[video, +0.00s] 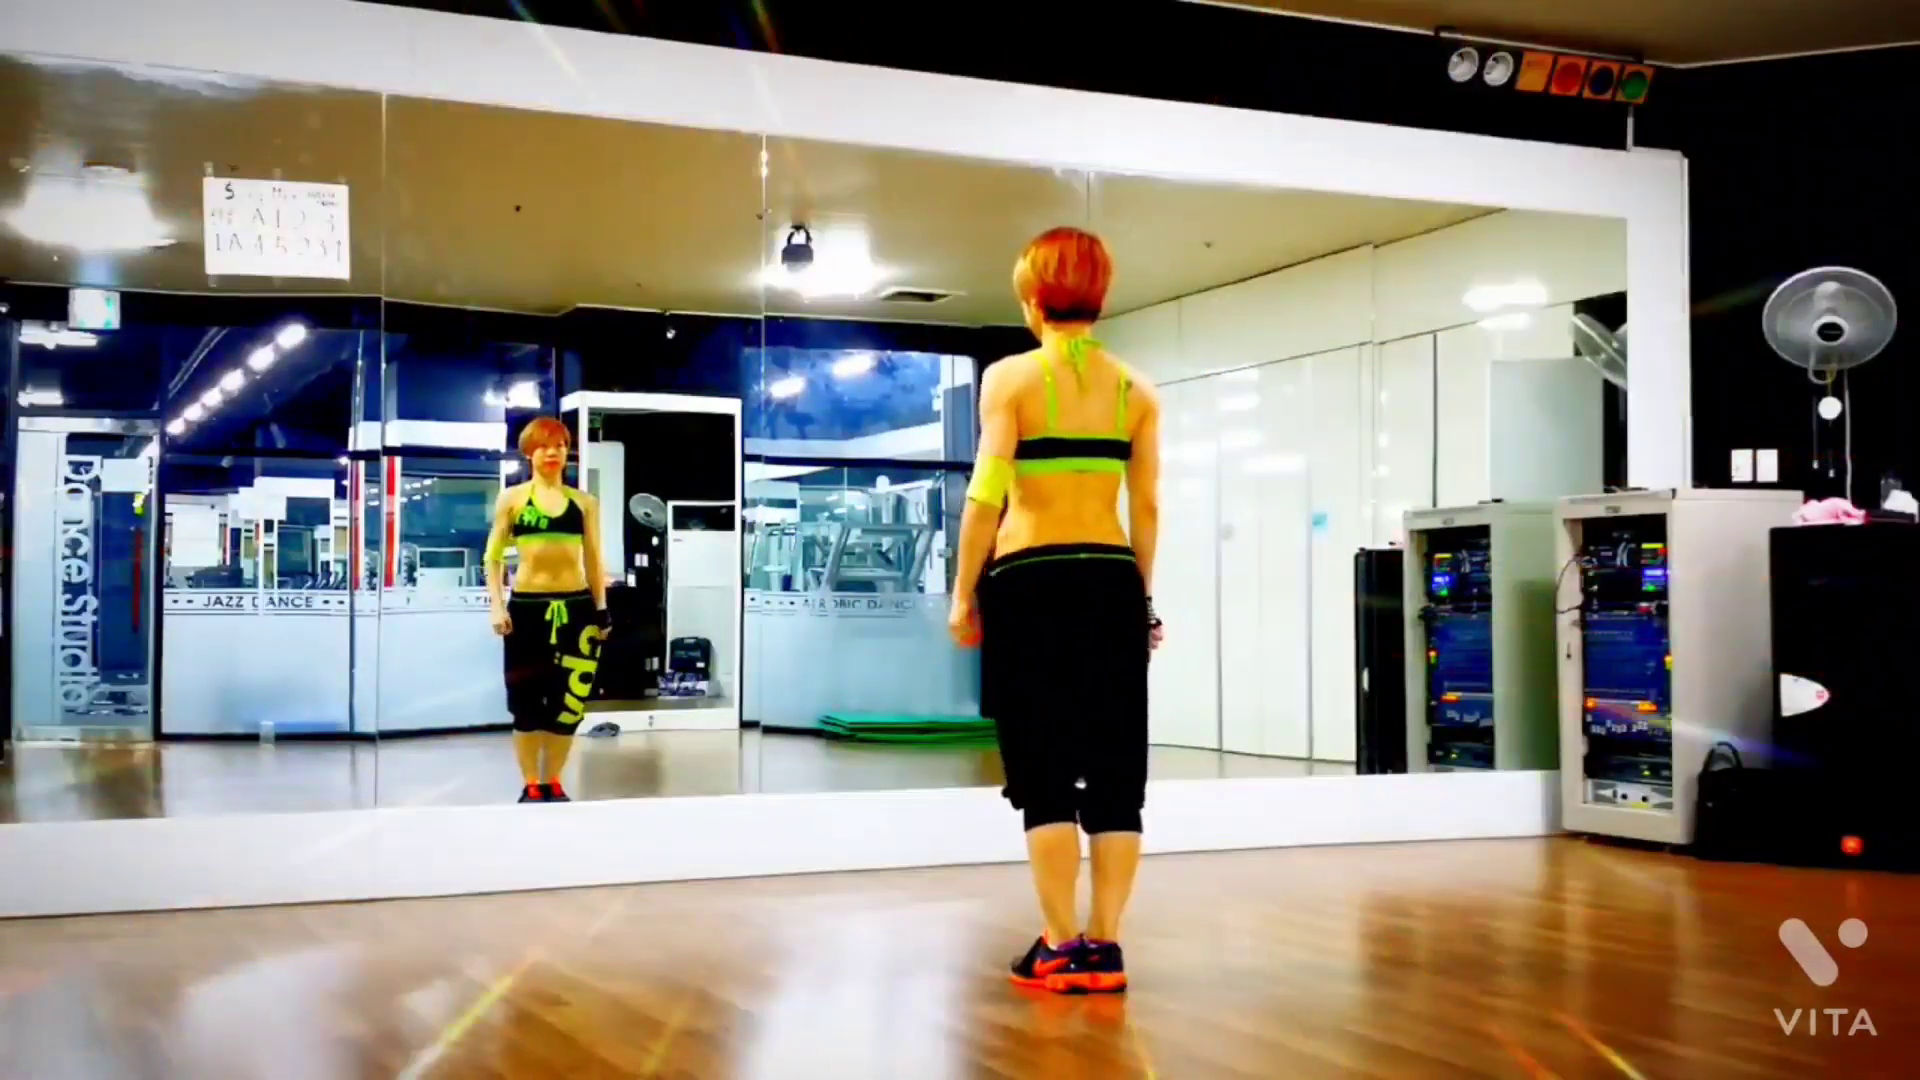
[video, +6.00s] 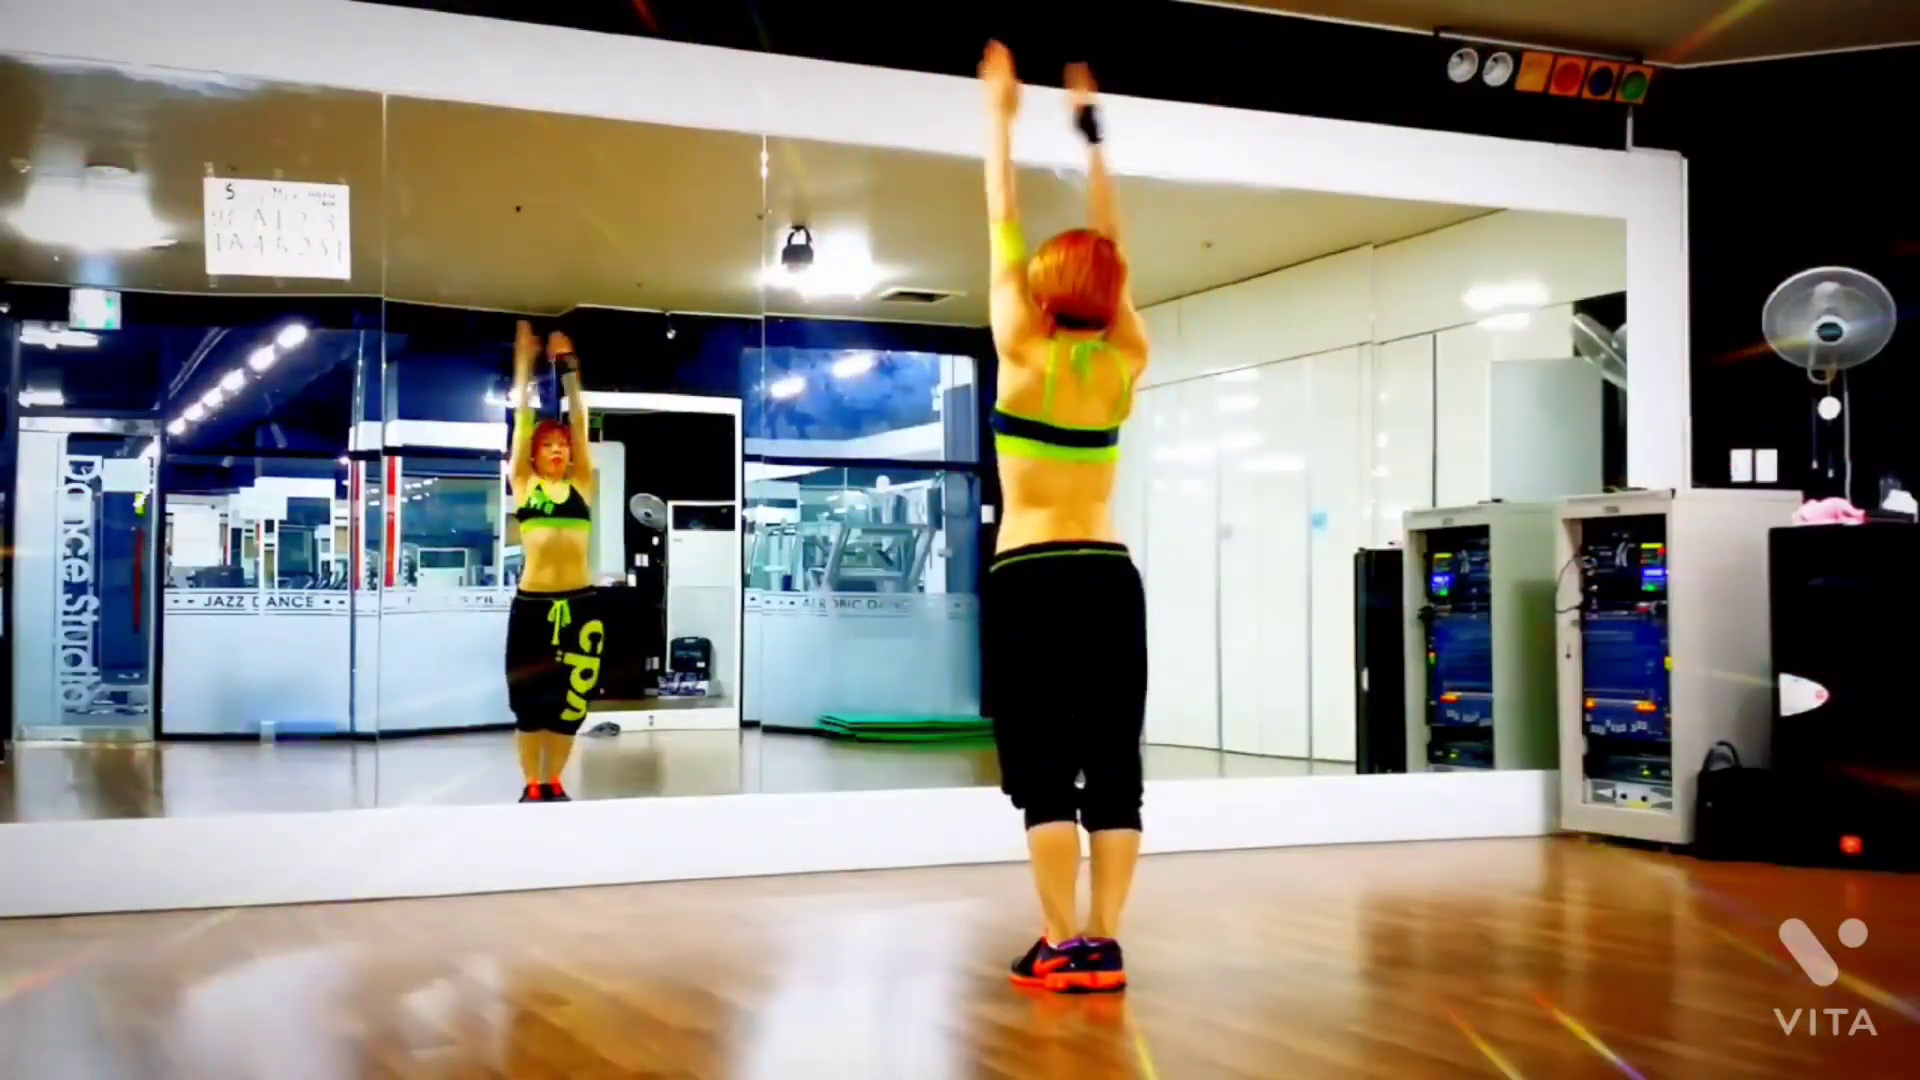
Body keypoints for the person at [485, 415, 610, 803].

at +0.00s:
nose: (552, 454)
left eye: (558, 446)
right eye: (543, 447)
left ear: (566, 452)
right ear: (530, 453)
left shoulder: (585, 502)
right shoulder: (512, 498)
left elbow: (594, 560)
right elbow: (493, 557)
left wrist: (600, 608)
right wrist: (498, 606)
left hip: (576, 607)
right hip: (527, 607)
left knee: (570, 700)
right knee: (528, 701)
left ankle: (552, 780)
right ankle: (531, 784)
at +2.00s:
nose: (550, 444)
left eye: (557, 438)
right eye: (541, 439)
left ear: (568, 447)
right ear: (529, 453)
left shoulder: (586, 491)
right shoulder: (520, 490)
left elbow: (570, 485)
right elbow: (548, 497)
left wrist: (574, 447)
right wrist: (577, 443)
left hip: (579, 602)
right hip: (530, 604)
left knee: (571, 705)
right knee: (533, 705)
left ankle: (553, 783)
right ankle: (532, 785)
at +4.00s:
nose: (549, 452)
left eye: (555, 444)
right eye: (539, 445)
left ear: (564, 451)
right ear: (523, 451)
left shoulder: (573, 483)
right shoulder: (513, 482)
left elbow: (582, 426)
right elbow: (500, 422)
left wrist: (585, 371)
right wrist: (485, 366)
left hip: (573, 601)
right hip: (525, 604)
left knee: (568, 700)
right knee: (526, 703)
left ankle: (552, 783)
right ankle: (532, 786)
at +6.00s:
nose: (557, 450)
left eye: (563, 444)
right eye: (547, 445)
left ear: (572, 450)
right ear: (534, 454)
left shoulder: (583, 485)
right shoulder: (525, 486)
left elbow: (578, 417)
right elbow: (524, 417)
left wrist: (568, 365)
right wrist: (525, 362)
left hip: (580, 601)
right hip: (532, 602)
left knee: (570, 701)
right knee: (531, 701)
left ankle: (552, 782)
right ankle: (531, 784)